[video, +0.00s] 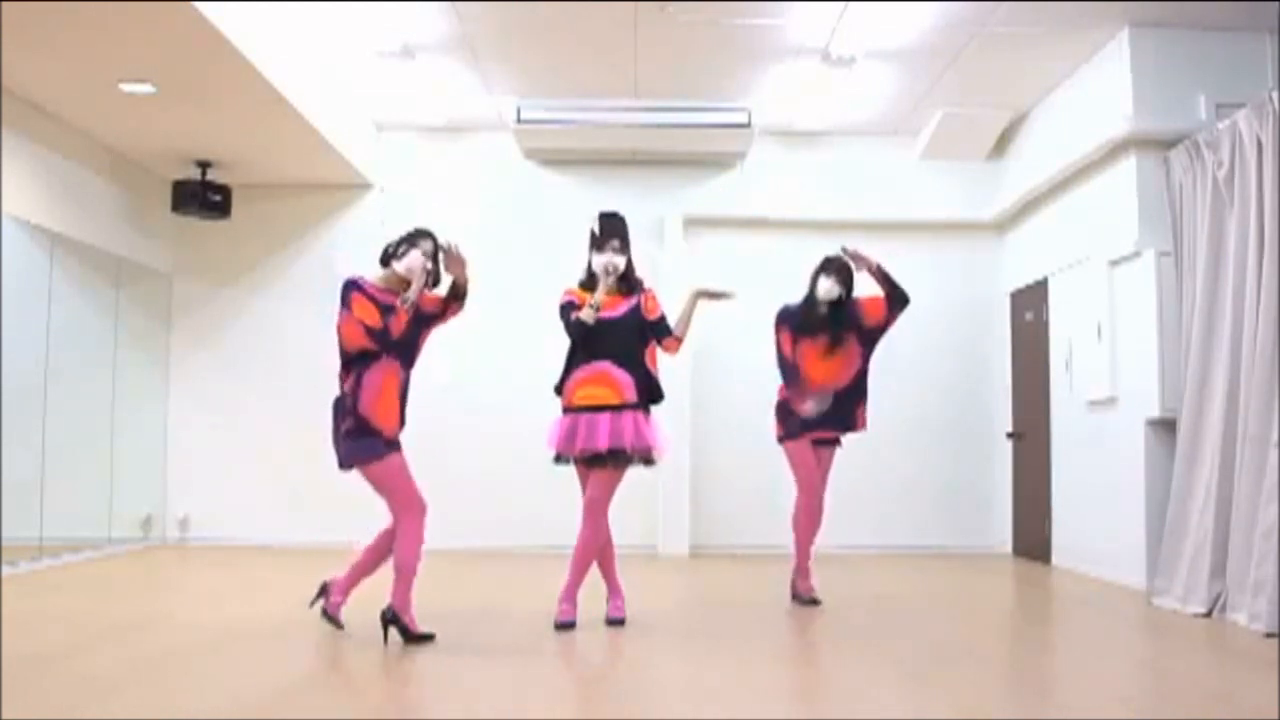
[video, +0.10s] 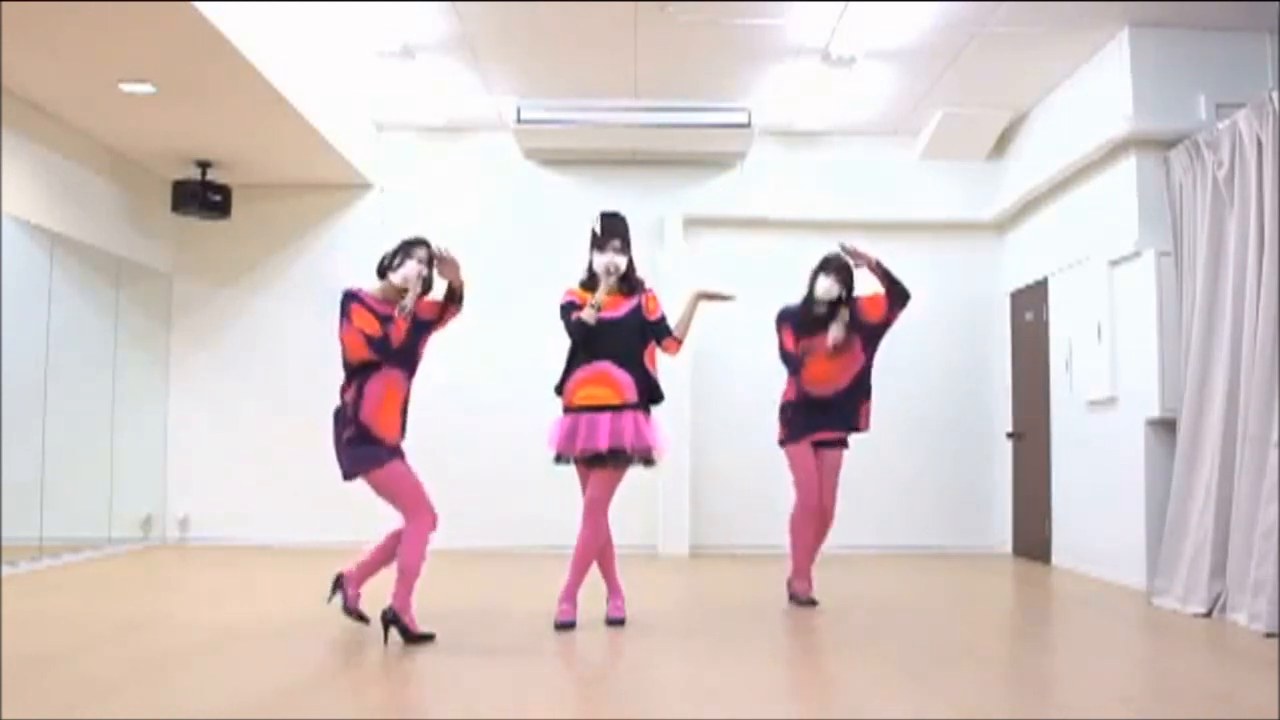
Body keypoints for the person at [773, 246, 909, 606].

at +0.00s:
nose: (829, 288)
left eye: (837, 283)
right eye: (825, 279)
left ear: (845, 289)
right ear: (814, 280)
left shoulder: (858, 318)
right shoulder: (790, 317)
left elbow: (898, 301)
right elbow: (786, 363)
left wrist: (873, 268)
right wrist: (801, 395)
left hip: (834, 415)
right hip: (794, 412)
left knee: (816, 491)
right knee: (809, 486)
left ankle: (802, 570)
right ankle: (802, 572)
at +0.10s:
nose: (828, 293)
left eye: (836, 287)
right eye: (823, 284)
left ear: (846, 290)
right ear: (813, 282)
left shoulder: (861, 319)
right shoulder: (792, 318)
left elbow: (899, 298)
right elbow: (792, 361)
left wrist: (872, 265)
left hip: (836, 415)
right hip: (798, 412)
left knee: (826, 504)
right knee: (808, 497)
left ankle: (803, 573)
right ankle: (799, 577)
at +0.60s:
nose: (856, 273)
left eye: (863, 267)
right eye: (851, 265)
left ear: (873, 270)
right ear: (839, 265)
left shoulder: (890, 300)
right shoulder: (818, 306)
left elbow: (930, 279)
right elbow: (820, 346)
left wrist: (899, 244)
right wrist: (844, 301)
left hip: (877, 408)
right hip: (835, 410)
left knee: (870, 500)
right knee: (852, 498)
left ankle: (852, 585)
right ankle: (852, 589)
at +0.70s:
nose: (859, 267)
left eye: (865, 259)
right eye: (851, 260)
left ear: (876, 263)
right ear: (840, 264)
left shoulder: (895, 302)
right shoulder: (825, 306)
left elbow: (940, 301)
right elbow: (830, 342)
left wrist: (936, 256)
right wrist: (853, 298)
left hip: (884, 411)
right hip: (841, 413)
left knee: (882, 504)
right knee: (853, 499)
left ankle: (860, 587)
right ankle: (856, 592)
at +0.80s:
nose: (862, 260)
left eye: (867, 252)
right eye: (853, 254)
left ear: (877, 256)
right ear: (840, 260)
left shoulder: (892, 301)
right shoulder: (829, 300)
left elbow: (934, 330)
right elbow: (839, 337)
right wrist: (860, 295)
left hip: (888, 407)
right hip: (846, 407)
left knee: (886, 499)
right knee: (855, 498)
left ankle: (887, 596)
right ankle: (856, 596)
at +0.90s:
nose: (864, 262)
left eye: (870, 253)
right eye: (855, 255)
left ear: (880, 256)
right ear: (843, 260)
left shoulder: (895, 303)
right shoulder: (833, 299)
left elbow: (929, 341)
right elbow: (844, 339)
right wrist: (866, 296)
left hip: (894, 401)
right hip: (851, 401)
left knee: (889, 500)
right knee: (857, 497)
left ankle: (889, 593)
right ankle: (859, 593)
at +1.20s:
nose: (875, 259)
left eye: (881, 251)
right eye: (867, 252)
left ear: (892, 255)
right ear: (855, 256)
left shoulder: (907, 299)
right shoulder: (842, 300)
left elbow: (922, 358)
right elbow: (841, 343)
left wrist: (931, 407)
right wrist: (866, 298)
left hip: (899, 404)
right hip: (857, 403)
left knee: (894, 501)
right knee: (862, 499)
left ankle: (889, 593)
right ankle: (861, 593)